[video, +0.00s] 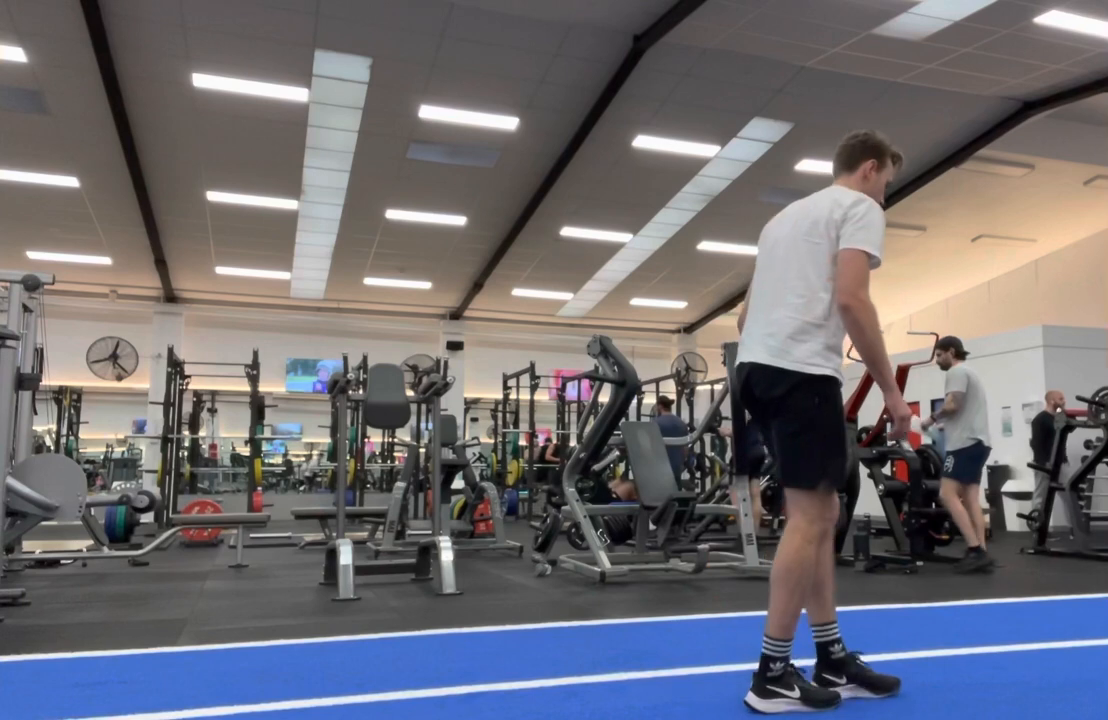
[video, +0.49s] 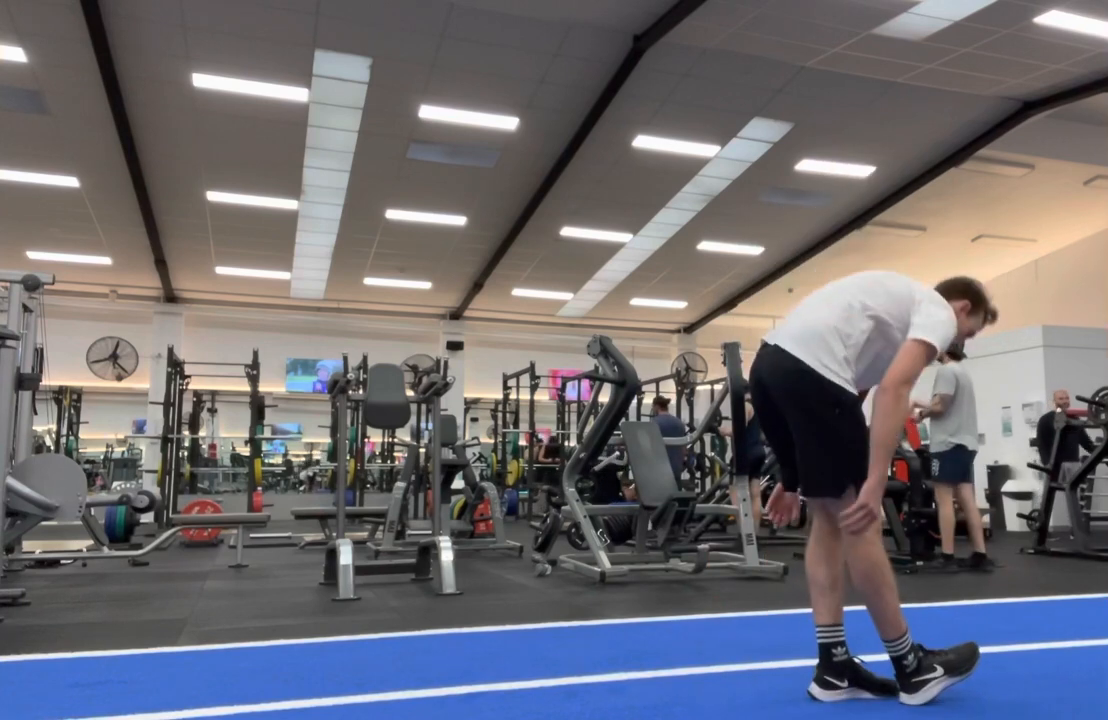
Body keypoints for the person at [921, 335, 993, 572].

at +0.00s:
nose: (937, 361)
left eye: (938, 355)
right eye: (936, 356)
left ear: (951, 352)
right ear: (954, 353)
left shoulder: (958, 372)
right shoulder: (968, 373)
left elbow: (953, 405)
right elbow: (964, 410)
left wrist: (930, 419)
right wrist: (939, 421)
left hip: (965, 442)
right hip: (978, 442)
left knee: (947, 494)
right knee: (970, 497)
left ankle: (974, 548)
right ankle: (981, 550)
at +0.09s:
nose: (937, 357)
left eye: (939, 352)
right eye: (936, 353)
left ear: (952, 351)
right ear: (956, 352)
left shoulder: (956, 371)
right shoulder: (967, 373)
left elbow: (951, 405)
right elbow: (963, 410)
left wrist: (929, 417)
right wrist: (938, 420)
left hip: (962, 441)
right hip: (977, 441)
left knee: (947, 494)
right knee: (969, 496)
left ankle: (963, 550)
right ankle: (980, 551)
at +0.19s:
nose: (936, 355)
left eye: (939, 350)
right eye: (936, 350)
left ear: (951, 350)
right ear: (957, 350)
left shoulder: (954, 370)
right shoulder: (967, 372)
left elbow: (948, 405)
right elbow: (960, 409)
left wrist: (928, 418)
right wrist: (935, 418)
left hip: (959, 441)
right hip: (975, 441)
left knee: (947, 495)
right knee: (969, 497)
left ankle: (951, 552)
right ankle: (980, 552)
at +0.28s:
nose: (935, 352)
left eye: (938, 348)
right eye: (936, 348)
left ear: (949, 349)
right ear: (957, 349)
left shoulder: (952, 370)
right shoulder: (966, 371)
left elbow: (947, 406)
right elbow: (954, 408)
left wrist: (927, 415)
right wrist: (931, 415)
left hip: (955, 442)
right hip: (972, 441)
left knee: (946, 496)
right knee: (968, 497)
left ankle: (948, 553)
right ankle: (980, 552)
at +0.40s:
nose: (934, 350)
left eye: (937, 346)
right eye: (935, 345)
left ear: (947, 348)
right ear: (957, 349)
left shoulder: (950, 370)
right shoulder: (964, 370)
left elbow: (943, 407)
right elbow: (952, 408)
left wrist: (924, 415)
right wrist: (929, 414)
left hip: (952, 443)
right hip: (968, 442)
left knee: (945, 497)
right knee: (968, 498)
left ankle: (947, 554)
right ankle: (980, 552)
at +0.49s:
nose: (935, 354)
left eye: (937, 350)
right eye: (937, 350)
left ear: (942, 351)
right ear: (960, 352)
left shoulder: (946, 371)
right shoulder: (963, 372)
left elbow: (940, 407)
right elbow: (952, 408)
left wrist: (920, 407)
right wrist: (926, 412)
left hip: (947, 442)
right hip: (966, 442)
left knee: (943, 497)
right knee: (967, 498)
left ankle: (947, 553)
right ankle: (980, 552)